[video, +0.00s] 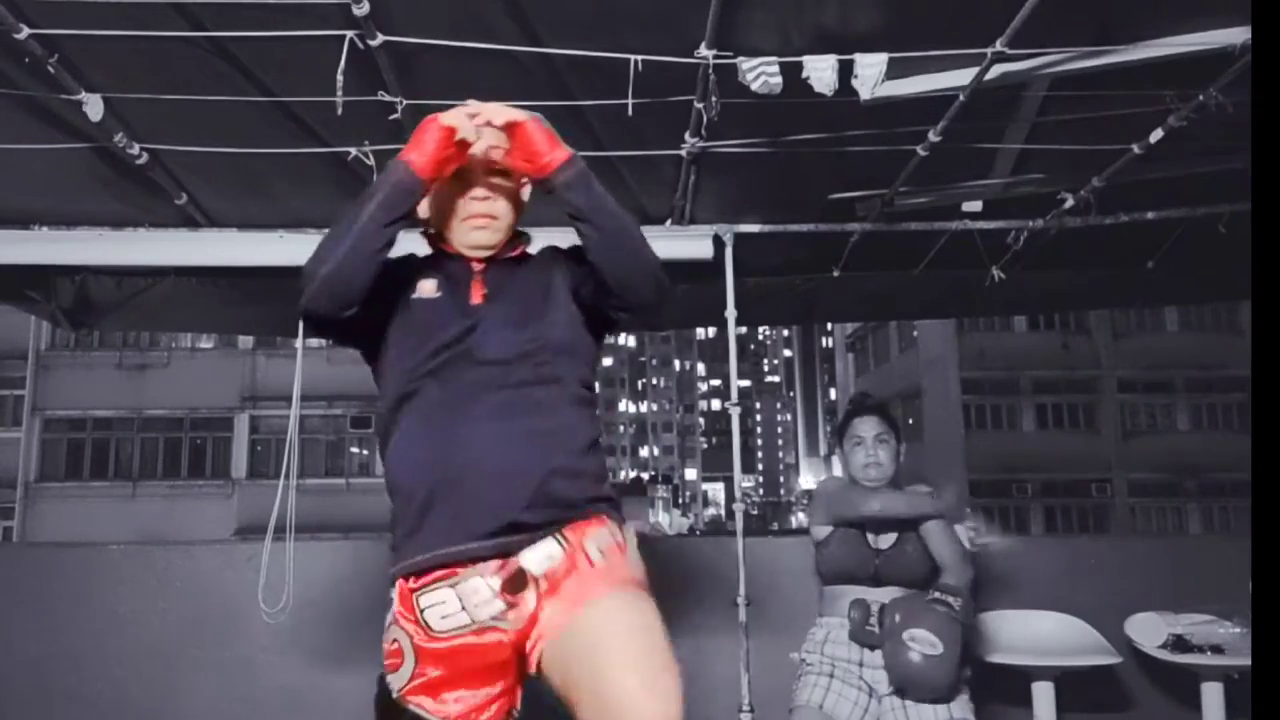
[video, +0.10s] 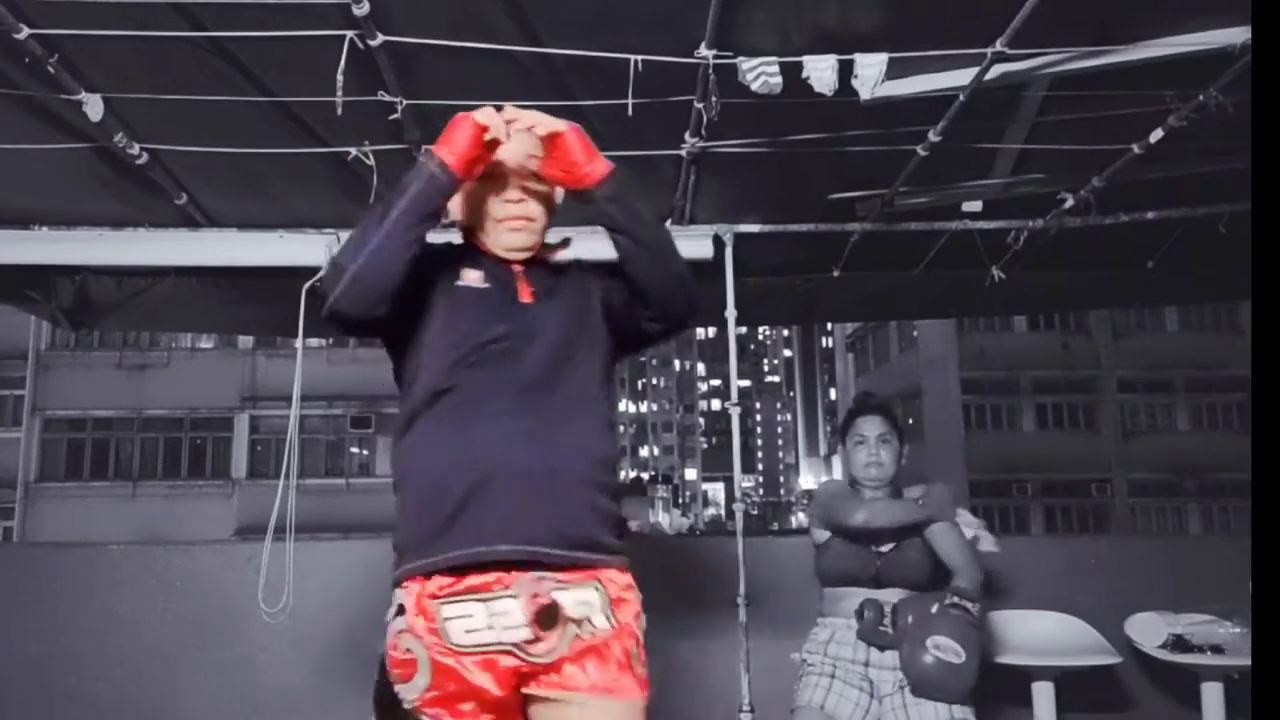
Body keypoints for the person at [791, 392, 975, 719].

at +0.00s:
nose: (871, 452)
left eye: (882, 441)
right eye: (857, 444)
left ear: (898, 451)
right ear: (842, 455)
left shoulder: (918, 499)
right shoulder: (828, 495)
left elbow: (956, 566)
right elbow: (870, 504)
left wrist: (943, 607)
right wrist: (940, 505)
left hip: (917, 657)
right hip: (837, 659)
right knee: (815, 711)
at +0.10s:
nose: (873, 452)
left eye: (884, 442)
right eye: (859, 443)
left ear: (901, 453)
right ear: (844, 455)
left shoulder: (922, 503)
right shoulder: (829, 495)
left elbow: (968, 569)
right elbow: (858, 516)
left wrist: (954, 610)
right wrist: (928, 508)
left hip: (920, 660)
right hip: (837, 658)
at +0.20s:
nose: (877, 452)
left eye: (889, 442)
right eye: (864, 442)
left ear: (904, 454)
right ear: (848, 455)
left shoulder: (926, 507)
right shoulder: (831, 498)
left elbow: (968, 574)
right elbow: (817, 529)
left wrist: (958, 616)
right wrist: (902, 514)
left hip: (919, 655)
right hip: (838, 652)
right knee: (820, 711)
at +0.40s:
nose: (889, 451)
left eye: (902, 441)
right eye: (877, 440)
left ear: (919, 455)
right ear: (859, 449)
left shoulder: (938, 511)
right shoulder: (832, 508)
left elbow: (981, 587)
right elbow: (780, 565)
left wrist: (966, 616)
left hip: (921, 663)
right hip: (840, 659)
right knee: (821, 712)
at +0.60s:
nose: (887, 451)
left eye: (900, 441)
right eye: (875, 441)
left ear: (918, 454)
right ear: (857, 451)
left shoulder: (938, 512)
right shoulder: (832, 509)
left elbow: (983, 589)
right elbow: (772, 570)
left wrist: (967, 620)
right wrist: (784, 526)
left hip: (921, 666)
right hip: (839, 662)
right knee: (820, 712)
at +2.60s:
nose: (886, 451)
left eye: (899, 443)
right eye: (874, 440)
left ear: (912, 457)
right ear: (853, 450)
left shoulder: (934, 516)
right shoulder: (823, 514)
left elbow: (984, 587)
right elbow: (762, 573)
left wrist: (972, 619)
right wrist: (782, 560)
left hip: (922, 664)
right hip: (839, 662)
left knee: (938, 715)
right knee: (821, 712)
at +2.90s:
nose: (883, 451)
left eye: (895, 443)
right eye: (871, 440)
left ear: (908, 458)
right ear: (850, 450)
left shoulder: (931, 518)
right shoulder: (819, 518)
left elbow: (983, 587)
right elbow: (778, 587)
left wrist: (971, 622)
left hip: (921, 667)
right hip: (839, 665)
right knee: (824, 711)